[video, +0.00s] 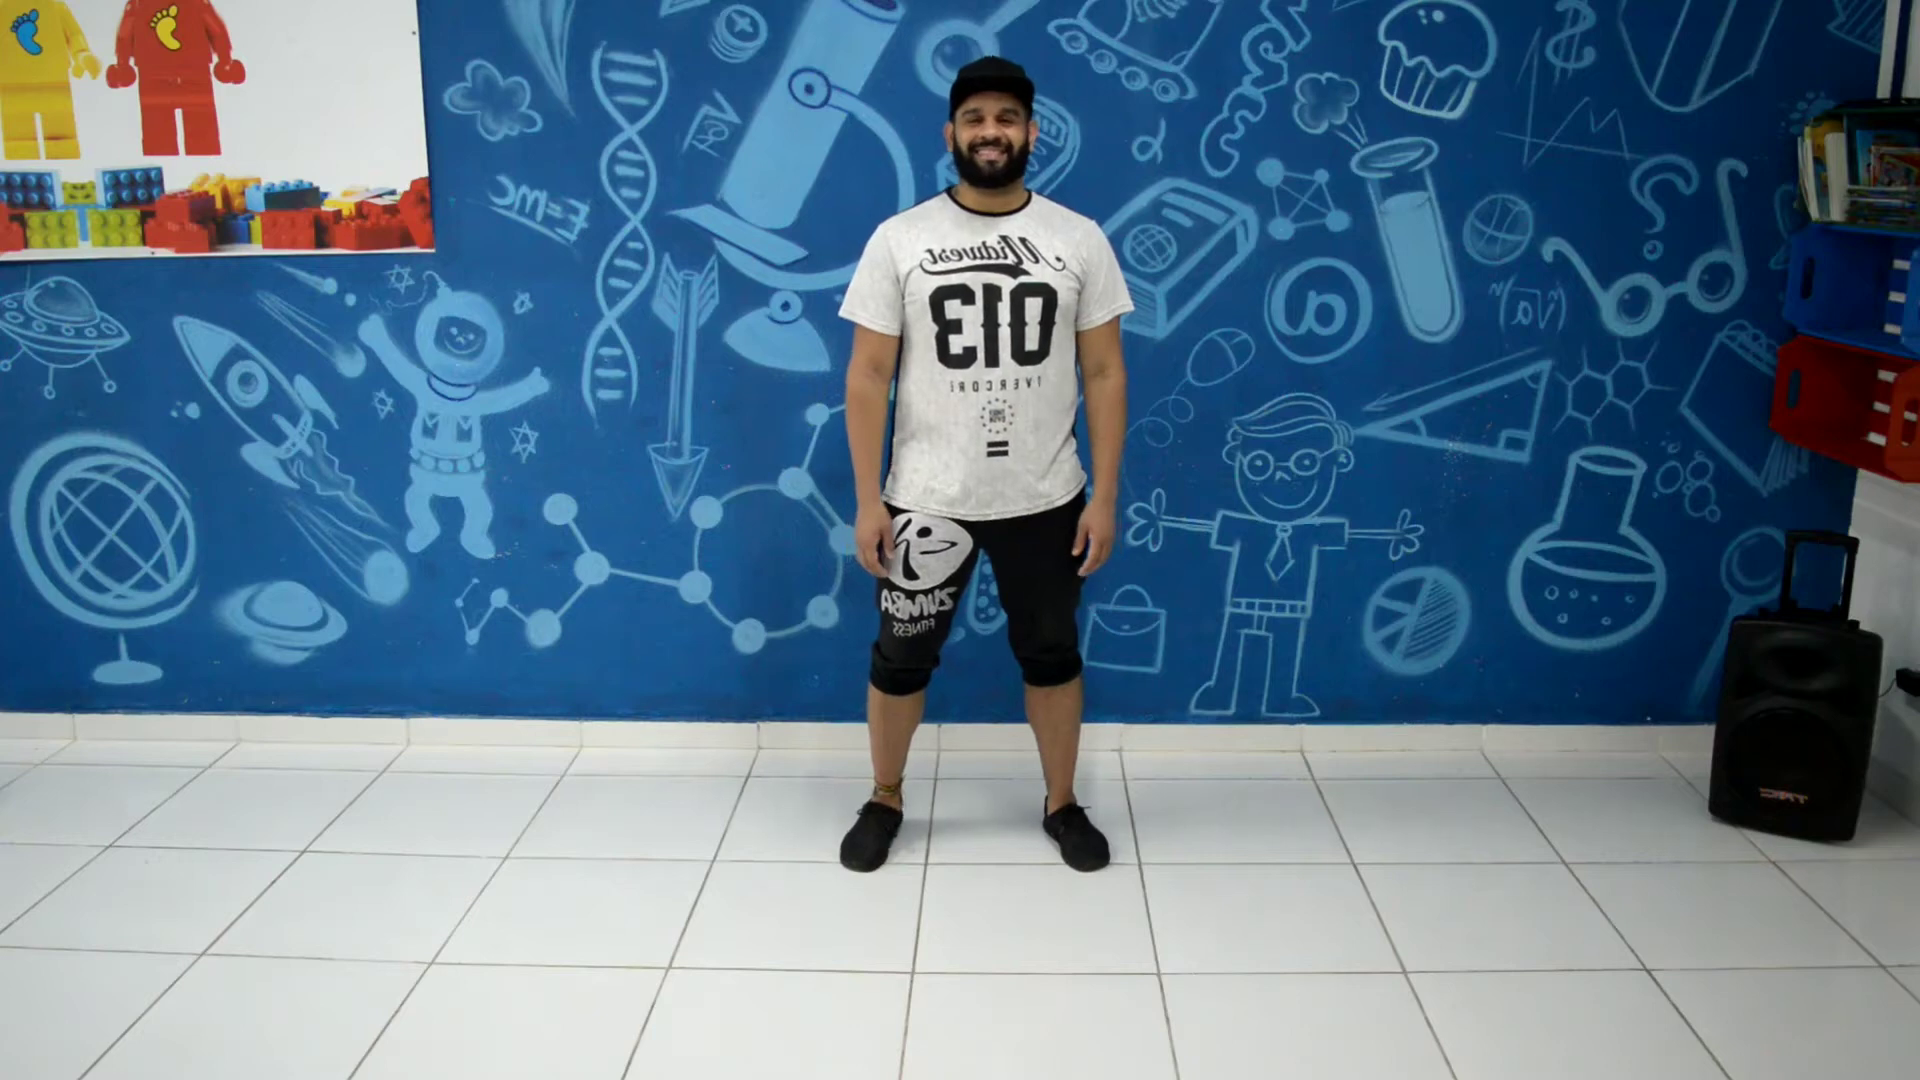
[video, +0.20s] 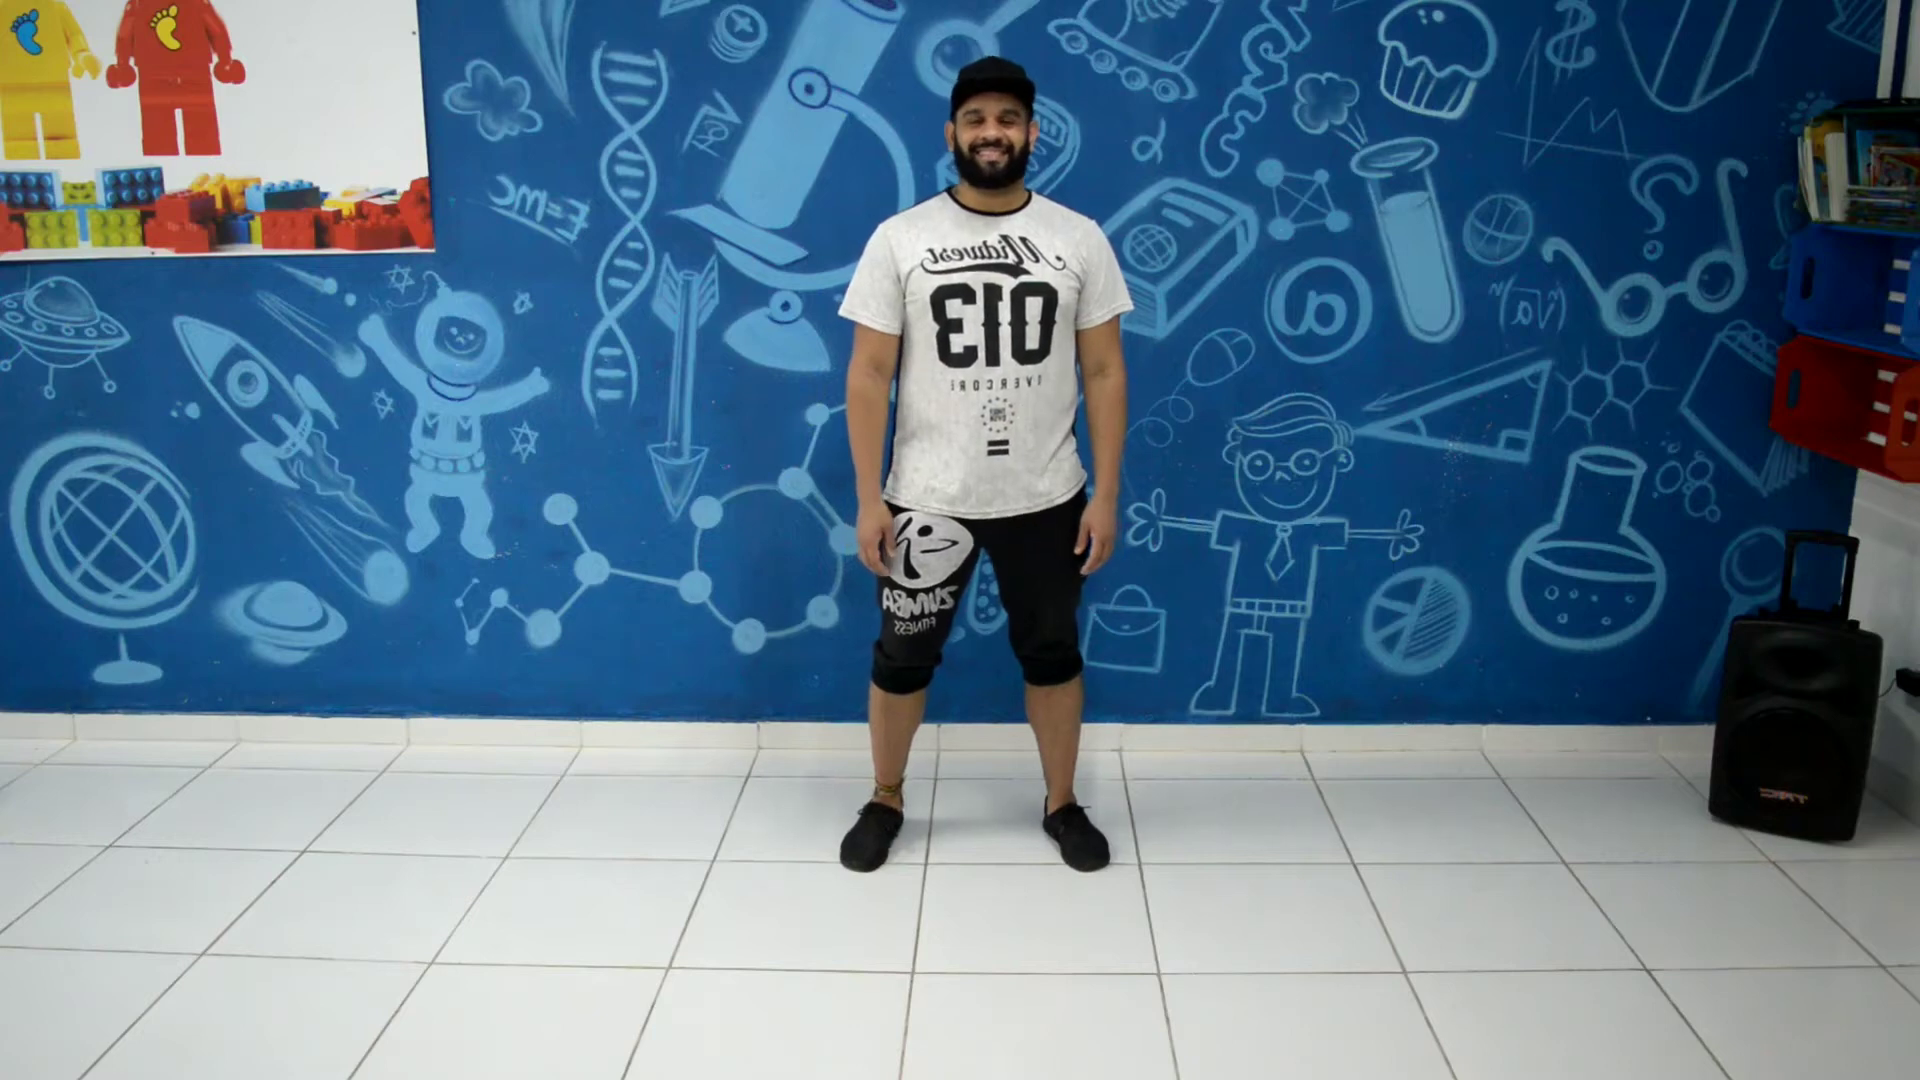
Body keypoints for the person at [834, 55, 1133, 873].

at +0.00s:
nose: (991, 133)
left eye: (1007, 119)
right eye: (974, 119)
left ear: (1030, 134)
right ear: (951, 133)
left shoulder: (1080, 242)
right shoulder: (900, 243)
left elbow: (1104, 372)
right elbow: (868, 376)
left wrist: (1104, 496)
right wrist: (869, 497)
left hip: (1043, 497)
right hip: (928, 496)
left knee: (1053, 657)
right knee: (900, 659)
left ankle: (1063, 805)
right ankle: (883, 800)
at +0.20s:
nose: (992, 133)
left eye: (1008, 120)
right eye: (975, 119)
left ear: (1031, 134)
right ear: (952, 132)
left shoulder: (1080, 241)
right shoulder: (901, 242)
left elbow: (1104, 371)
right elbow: (869, 375)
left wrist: (1106, 494)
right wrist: (869, 495)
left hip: (1043, 496)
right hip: (929, 496)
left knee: (1054, 656)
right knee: (902, 657)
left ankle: (1063, 804)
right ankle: (884, 800)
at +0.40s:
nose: (992, 133)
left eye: (1008, 120)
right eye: (975, 119)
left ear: (1030, 134)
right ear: (952, 132)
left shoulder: (1078, 241)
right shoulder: (900, 242)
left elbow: (1103, 370)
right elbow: (869, 375)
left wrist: (1108, 493)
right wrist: (871, 494)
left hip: (1043, 495)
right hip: (930, 495)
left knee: (1054, 654)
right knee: (906, 655)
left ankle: (1063, 804)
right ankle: (885, 802)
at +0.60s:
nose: (990, 132)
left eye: (1006, 119)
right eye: (973, 118)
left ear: (1028, 134)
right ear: (950, 131)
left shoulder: (1076, 242)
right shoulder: (898, 243)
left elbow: (1100, 371)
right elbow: (868, 375)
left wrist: (1103, 493)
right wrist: (871, 494)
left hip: (1041, 495)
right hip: (928, 494)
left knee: (1053, 653)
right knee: (906, 653)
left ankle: (1063, 804)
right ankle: (885, 802)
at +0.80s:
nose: (986, 131)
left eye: (1003, 119)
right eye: (971, 118)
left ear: (1025, 135)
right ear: (948, 132)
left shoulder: (1073, 242)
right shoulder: (895, 242)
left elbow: (1096, 372)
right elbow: (865, 375)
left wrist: (1096, 493)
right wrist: (866, 494)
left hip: (1037, 494)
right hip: (925, 494)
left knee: (1052, 652)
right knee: (903, 653)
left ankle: (1063, 804)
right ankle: (886, 801)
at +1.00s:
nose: (984, 130)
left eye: (1000, 118)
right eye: (969, 117)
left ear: (1023, 135)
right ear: (947, 133)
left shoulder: (1072, 241)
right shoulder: (894, 241)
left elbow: (1096, 370)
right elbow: (864, 373)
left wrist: (1098, 492)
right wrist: (862, 494)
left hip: (1037, 494)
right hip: (924, 494)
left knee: (1052, 653)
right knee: (903, 654)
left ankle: (1063, 804)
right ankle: (886, 801)